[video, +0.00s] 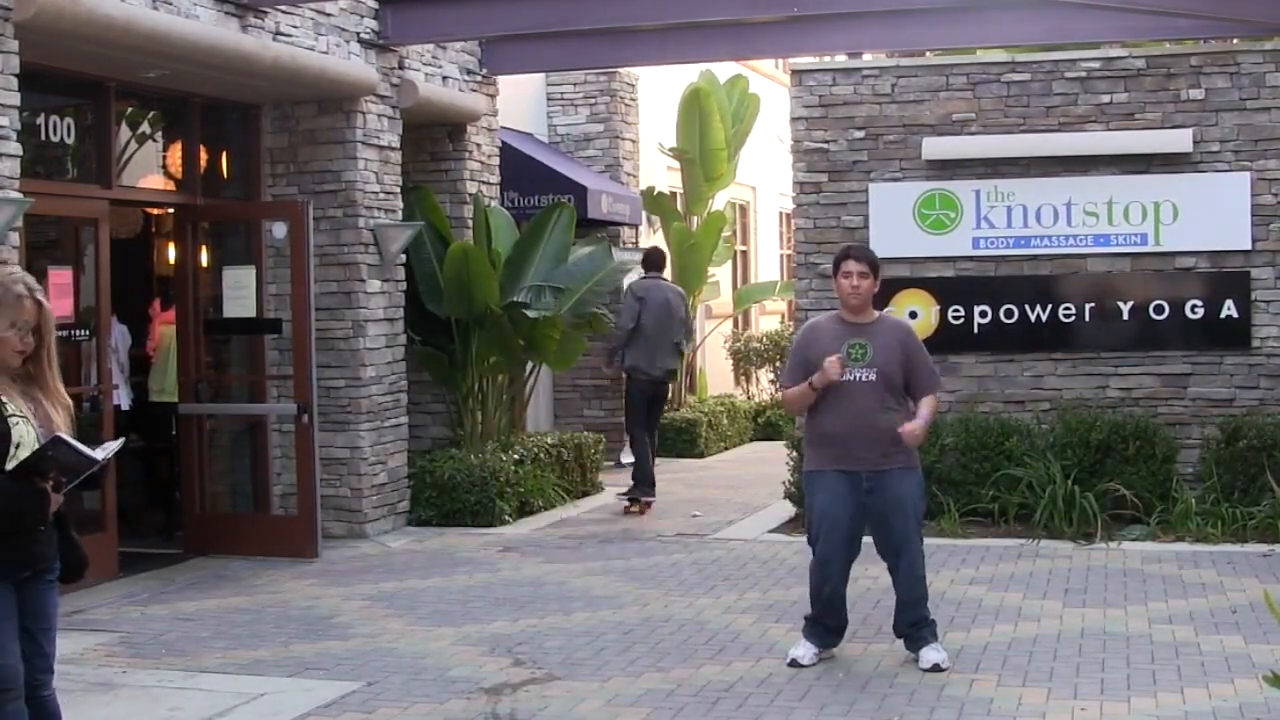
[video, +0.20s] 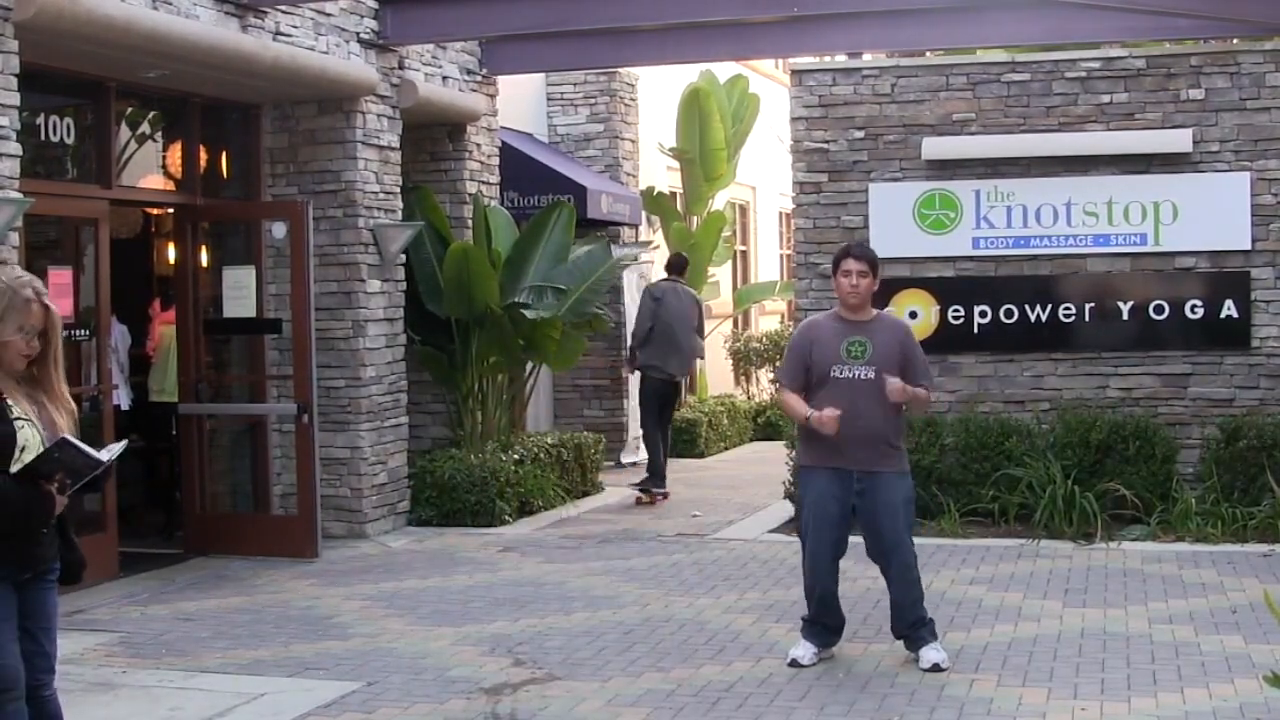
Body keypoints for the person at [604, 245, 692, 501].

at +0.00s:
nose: (643, 268)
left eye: (643, 263)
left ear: (643, 265)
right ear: (664, 266)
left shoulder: (636, 289)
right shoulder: (677, 293)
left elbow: (625, 324)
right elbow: (686, 330)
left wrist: (613, 352)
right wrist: (676, 349)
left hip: (639, 369)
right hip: (665, 371)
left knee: (637, 428)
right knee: (650, 428)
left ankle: (644, 488)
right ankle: (642, 484)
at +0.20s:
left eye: (669, 264)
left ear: (666, 267)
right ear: (685, 272)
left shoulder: (654, 290)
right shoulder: (693, 297)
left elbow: (643, 325)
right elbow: (699, 333)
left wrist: (633, 351)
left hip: (653, 369)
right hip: (677, 372)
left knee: (650, 424)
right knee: (664, 425)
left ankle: (656, 479)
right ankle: (657, 476)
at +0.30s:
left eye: (680, 265)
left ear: (676, 268)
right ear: (695, 272)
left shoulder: (664, 290)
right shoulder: (702, 299)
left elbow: (653, 324)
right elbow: (707, 335)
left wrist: (644, 350)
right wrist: (687, 343)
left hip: (662, 364)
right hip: (684, 368)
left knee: (657, 418)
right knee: (674, 421)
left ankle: (665, 471)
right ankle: (668, 472)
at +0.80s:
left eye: (730, 268)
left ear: (728, 270)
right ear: (746, 271)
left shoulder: (720, 293)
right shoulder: (756, 296)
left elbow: (708, 325)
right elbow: (763, 330)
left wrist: (697, 350)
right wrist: (750, 342)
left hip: (723, 357)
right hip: (745, 358)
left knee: (717, 407)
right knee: (731, 409)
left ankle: (721, 457)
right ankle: (722, 456)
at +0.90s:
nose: (743, 275)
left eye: (741, 271)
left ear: (741, 272)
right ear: (759, 274)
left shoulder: (735, 294)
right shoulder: (769, 297)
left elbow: (719, 324)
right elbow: (778, 330)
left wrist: (711, 349)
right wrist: (764, 343)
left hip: (736, 361)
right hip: (755, 363)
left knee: (730, 407)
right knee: (745, 409)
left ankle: (733, 453)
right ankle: (736, 452)